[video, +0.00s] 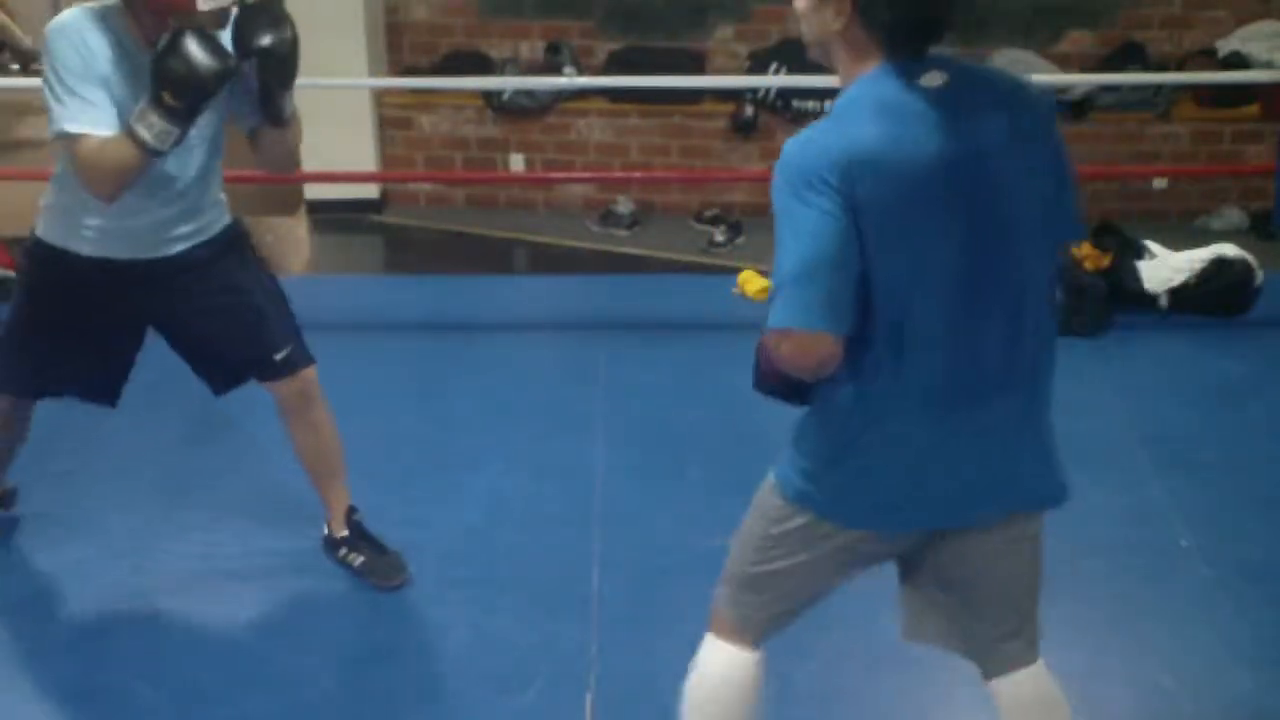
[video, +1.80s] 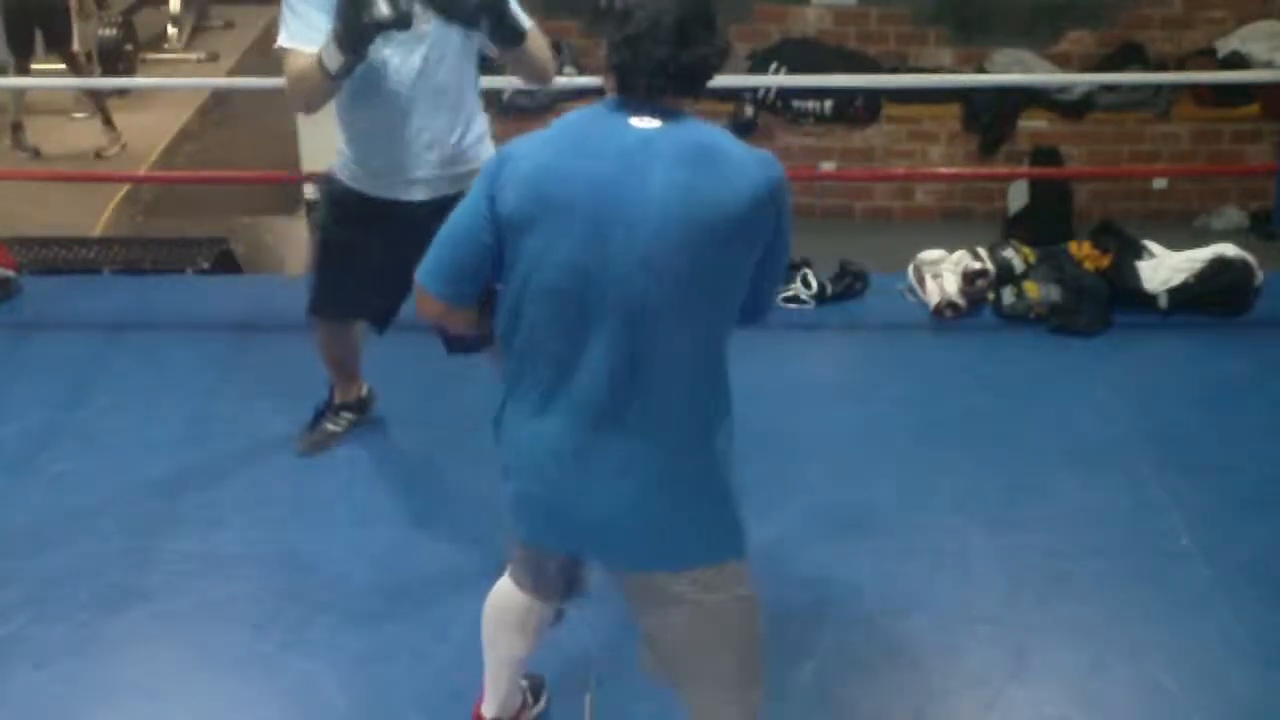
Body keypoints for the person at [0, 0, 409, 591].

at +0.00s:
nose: (199, 9)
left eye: (205, 6)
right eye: (184, 5)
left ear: (211, 5)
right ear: (144, 1)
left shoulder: (227, 30)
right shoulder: (76, 35)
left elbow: (278, 160)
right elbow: (100, 177)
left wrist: (275, 87)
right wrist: (168, 107)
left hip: (198, 243)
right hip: (79, 250)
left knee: (297, 379)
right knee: (12, 394)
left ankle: (342, 527)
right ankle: (0, 496)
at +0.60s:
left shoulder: (254, 14)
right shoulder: (103, 21)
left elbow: (324, 135)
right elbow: (110, 157)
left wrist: (304, 70)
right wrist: (172, 88)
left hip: (253, 235)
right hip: (134, 242)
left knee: (346, 377)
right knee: (75, 382)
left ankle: (424, 516)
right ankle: (59, 476)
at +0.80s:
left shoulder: (337, 13)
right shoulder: (189, 11)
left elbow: (382, 145)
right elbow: (196, 145)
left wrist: (374, 71)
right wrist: (259, 80)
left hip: (298, 223)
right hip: (188, 221)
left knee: (378, 367)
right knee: (122, 358)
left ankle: (428, 518)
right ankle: (106, 461)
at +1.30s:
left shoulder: (357, 6)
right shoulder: (207, 6)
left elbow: (425, 100)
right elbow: (198, 117)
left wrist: (403, 31)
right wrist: (249, 61)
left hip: (351, 213)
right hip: (243, 214)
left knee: (425, 361)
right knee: (198, 345)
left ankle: (514, 502)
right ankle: (193, 435)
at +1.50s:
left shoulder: (435, 4)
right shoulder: (280, 5)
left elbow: (486, 110)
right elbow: (262, 111)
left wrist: (449, 41)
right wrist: (299, 57)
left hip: (413, 199)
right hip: (309, 195)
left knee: (463, 357)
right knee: (254, 318)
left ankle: (516, 505)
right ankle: (246, 421)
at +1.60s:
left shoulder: (450, 5)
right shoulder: (291, 4)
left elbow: (489, 114)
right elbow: (277, 104)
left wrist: (459, 69)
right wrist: (316, 55)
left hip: (430, 188)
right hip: (328, 187)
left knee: (476, 349)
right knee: (282, 313)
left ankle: (517, 508)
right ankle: (329, 390)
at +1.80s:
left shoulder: (474, 1)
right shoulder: (316, 5)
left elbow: (543, 72)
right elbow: (301, 96)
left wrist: (494, 16)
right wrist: (347, 44)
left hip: (461, 173)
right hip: (365, 179)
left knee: (496, 300)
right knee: (333, 308)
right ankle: (348, 396)